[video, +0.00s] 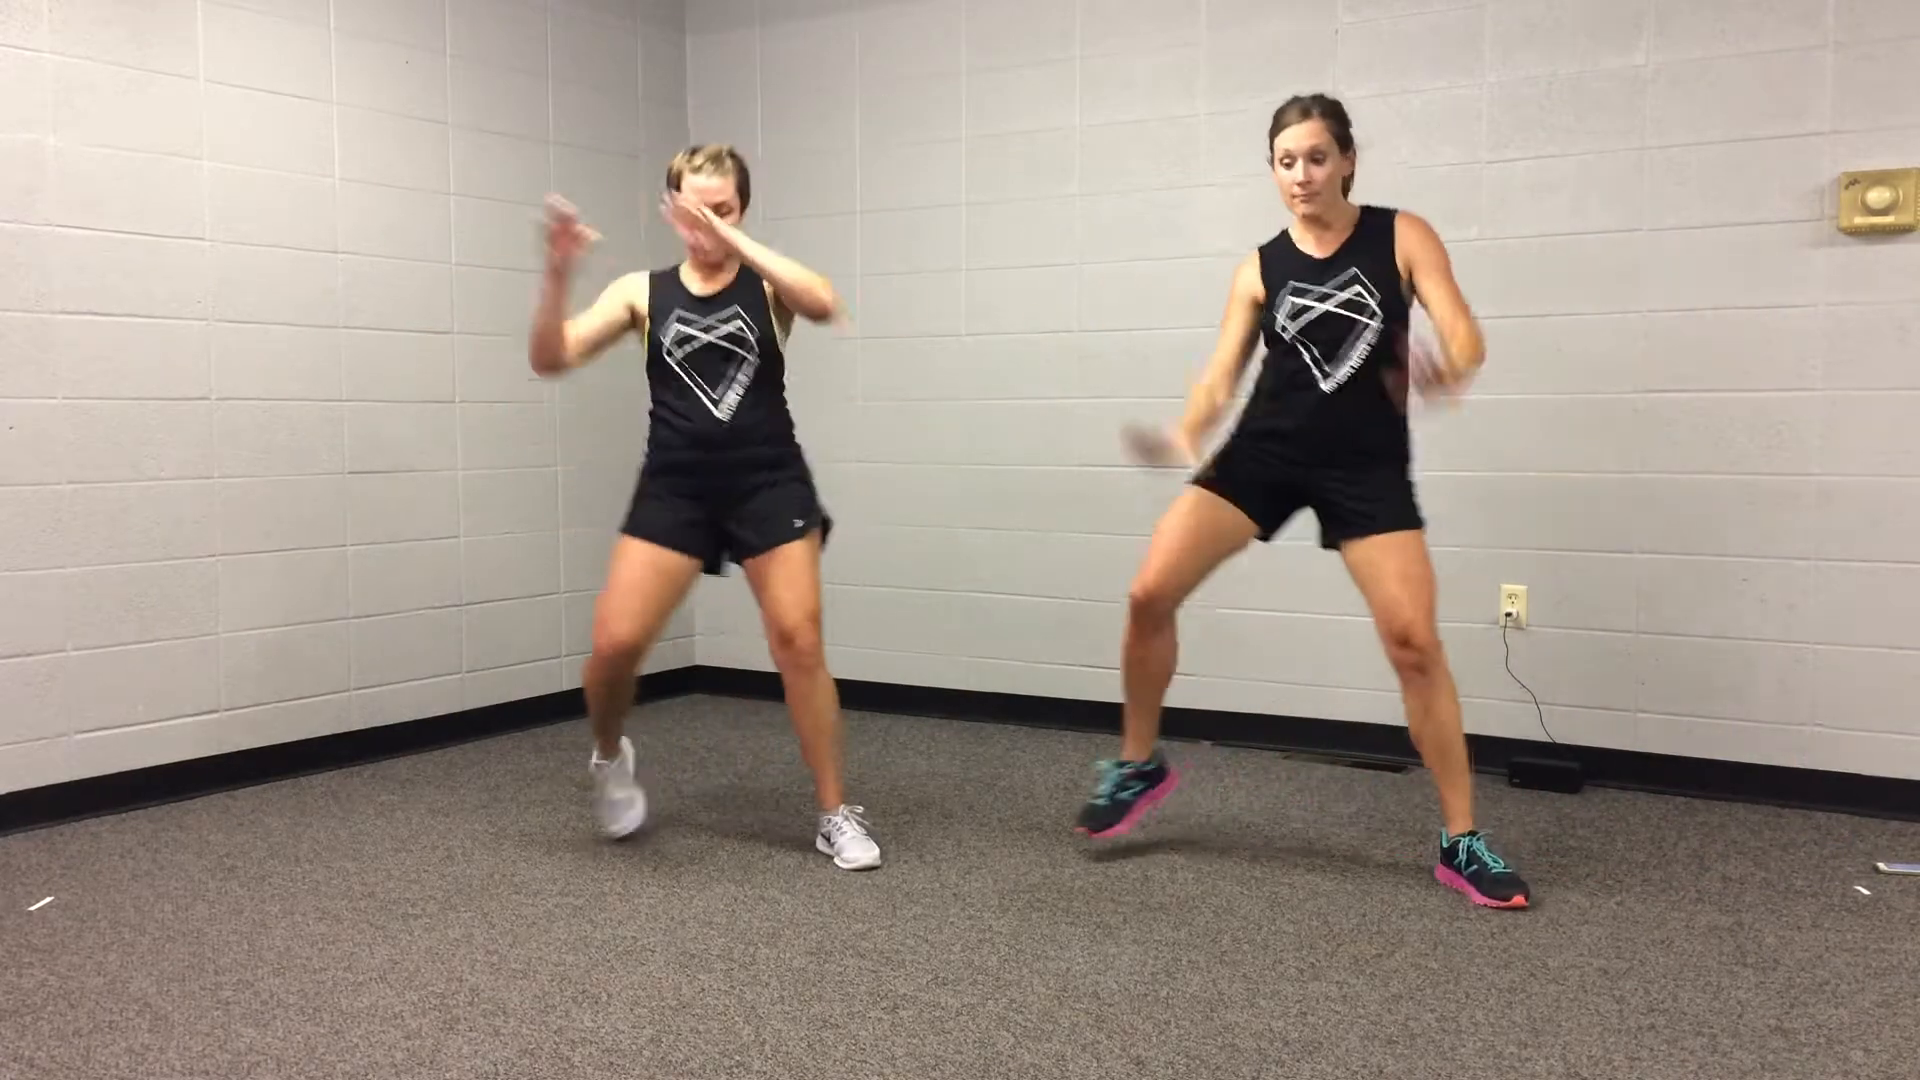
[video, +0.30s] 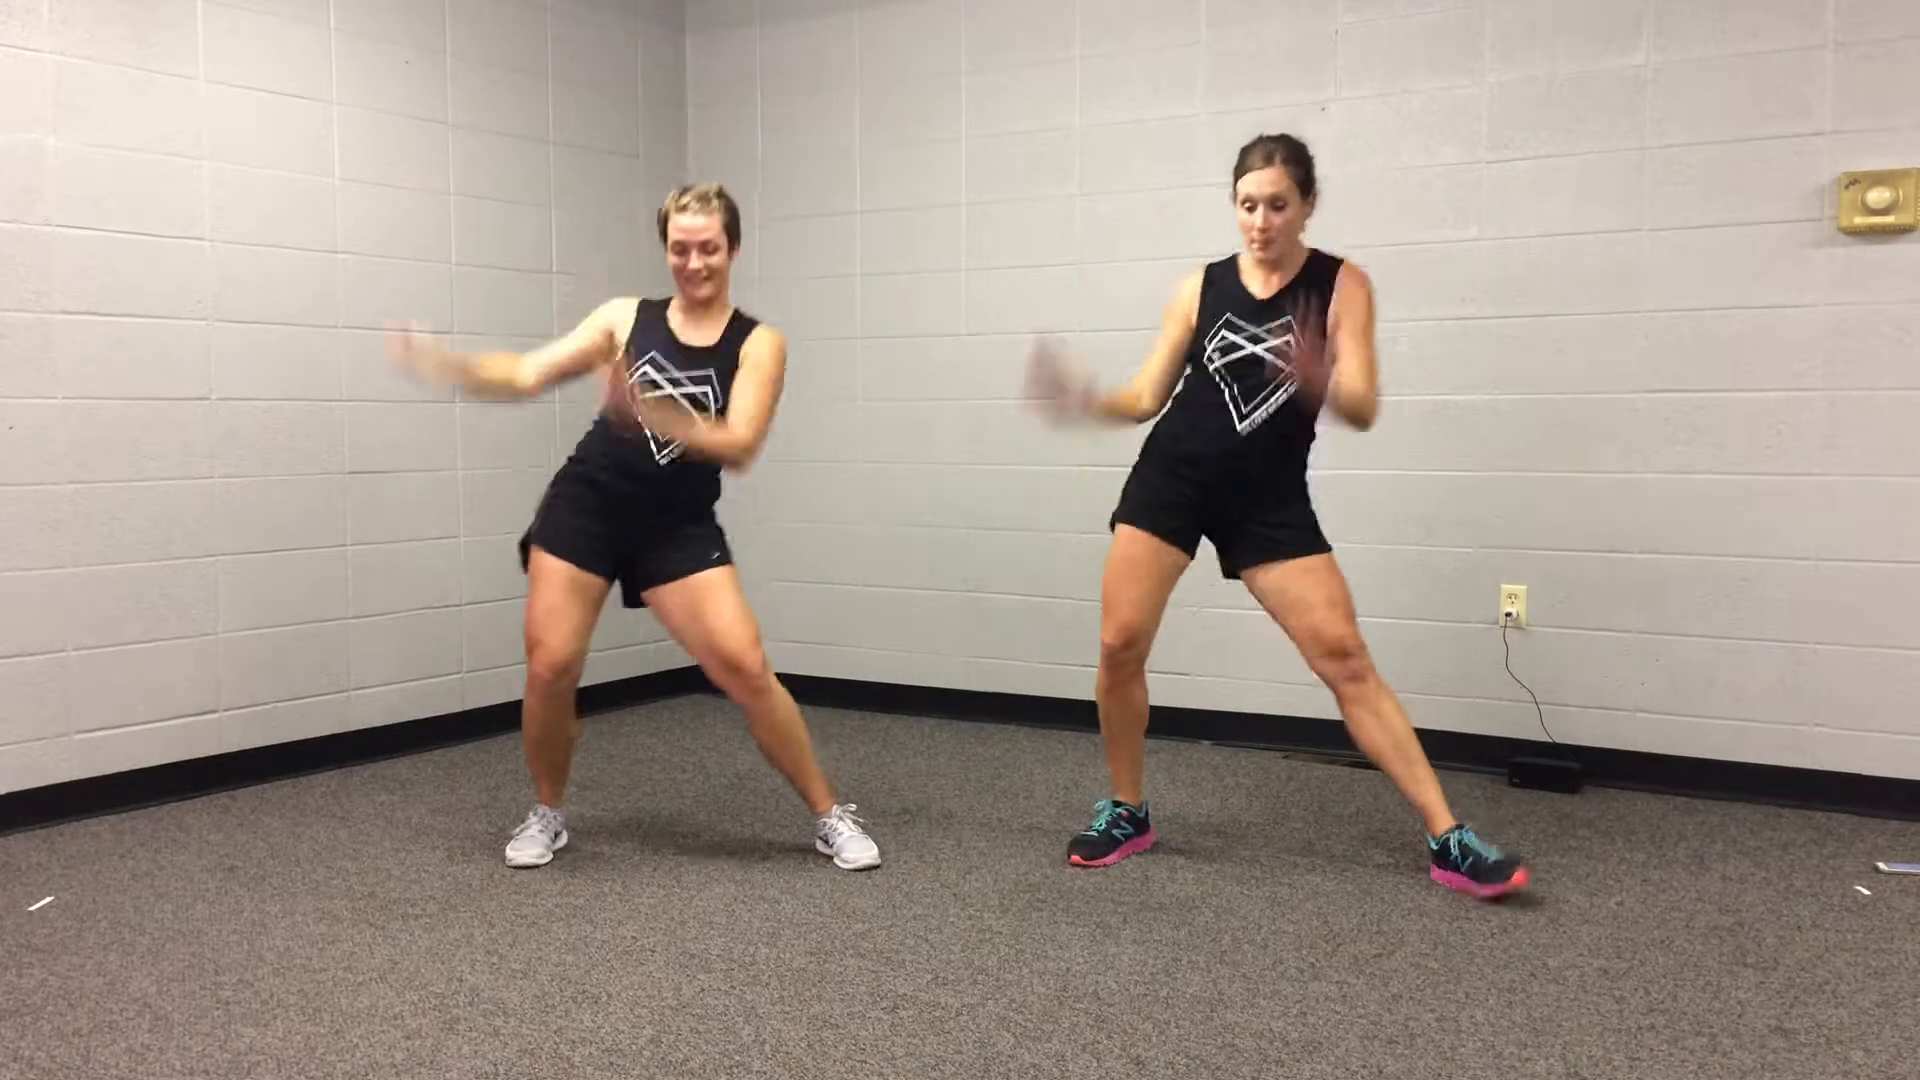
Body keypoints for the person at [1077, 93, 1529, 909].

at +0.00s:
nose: (1300, 173)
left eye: (1316, 158)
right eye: (1286, 161)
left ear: (1348, 164)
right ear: (1274, 173)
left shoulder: (1402, 237)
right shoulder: (1261, 269)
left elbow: (1465, 336)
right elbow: (1219, 377)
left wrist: (1451, 371)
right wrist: (1187, 433)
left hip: (1366, 466)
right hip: (1263, 457)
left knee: (1414, 644)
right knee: (1149, 595)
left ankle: (1462, 838)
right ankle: (1137, 762)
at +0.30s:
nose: (1259, 219)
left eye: (1276, 204)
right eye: (1248, 203)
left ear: (1307, 208)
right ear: (1233, 209)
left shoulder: (1340, 285)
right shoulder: (1203, 287)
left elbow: (1364, 412)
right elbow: (1143, 397)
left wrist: (1324, 381)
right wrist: (1084, 397)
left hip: (1267, 492)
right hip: (1171, 477)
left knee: (1343, 654)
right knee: (1120, 642)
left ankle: (1446, 834)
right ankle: (1126, 810)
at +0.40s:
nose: (1252, 226)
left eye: (1269, 212)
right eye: (1240, 210)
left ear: (1298, 213)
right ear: (1224, 209)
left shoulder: (1325, 291)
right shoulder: (1190, 295)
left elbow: (1322, 406)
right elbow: (1146, 415)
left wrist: (1322, 517)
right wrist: (1115, 520)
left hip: (1270, 484)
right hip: (1179, 478)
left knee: (1359, 631)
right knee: (1135, 637)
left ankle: (1435, 818)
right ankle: (1124, 808)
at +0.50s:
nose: (1255, 223)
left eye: (1271, 207)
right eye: (1241, 206)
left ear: (1299, 205)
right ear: (1223, 204)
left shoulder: (1326, 271)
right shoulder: (1195, 288)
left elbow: (1360, 378)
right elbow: (1153, 413)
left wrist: (1384, 470)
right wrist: (1211, 512)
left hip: (1297, 461)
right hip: (1207, 467)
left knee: (1387, 605)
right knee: (1162, 627)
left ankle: (1419, 784)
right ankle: (1125, 803)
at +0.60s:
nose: (1269, 228)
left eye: (1286, 211)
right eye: (1256, 211)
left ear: (1311, 210)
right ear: (1238, 209)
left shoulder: (1338, 267)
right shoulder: (1211, 292)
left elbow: (1385, 339)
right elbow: (1172, 420)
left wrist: (1444, 382)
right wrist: (1279, 422)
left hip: (1338, 443)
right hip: (1248, 457)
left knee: (1395, 606)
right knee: (1200, 623)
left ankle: (1418, 759)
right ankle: (1135, 795)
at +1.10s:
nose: (1304, 228)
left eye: (1321, 212)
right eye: (1293, 213)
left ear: (1355, 217)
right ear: (1279, 217)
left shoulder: (1384, 296)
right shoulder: (1245, 282)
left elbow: (1424, 412)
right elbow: (1183, 369)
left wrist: (1383, 432)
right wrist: (1157, 407)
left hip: (1308, 457)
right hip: (1221, 445)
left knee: (1361, 621)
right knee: (1167, 604)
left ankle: (1415, 773)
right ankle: (1142, 782)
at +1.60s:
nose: (1248, 167)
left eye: (1265, 158)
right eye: (1237, 157)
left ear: (1288, 178)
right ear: (1219, 173)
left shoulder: (1305, 264)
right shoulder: (1190, 264)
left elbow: (1370, 352)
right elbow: (1151, 372)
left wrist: (1456, 350)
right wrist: (1255, 370)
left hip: (1293, 468)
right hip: (1205, 470)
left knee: (1379, 607)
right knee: (1178, 638)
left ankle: (1440, 800)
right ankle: (1143, 789)